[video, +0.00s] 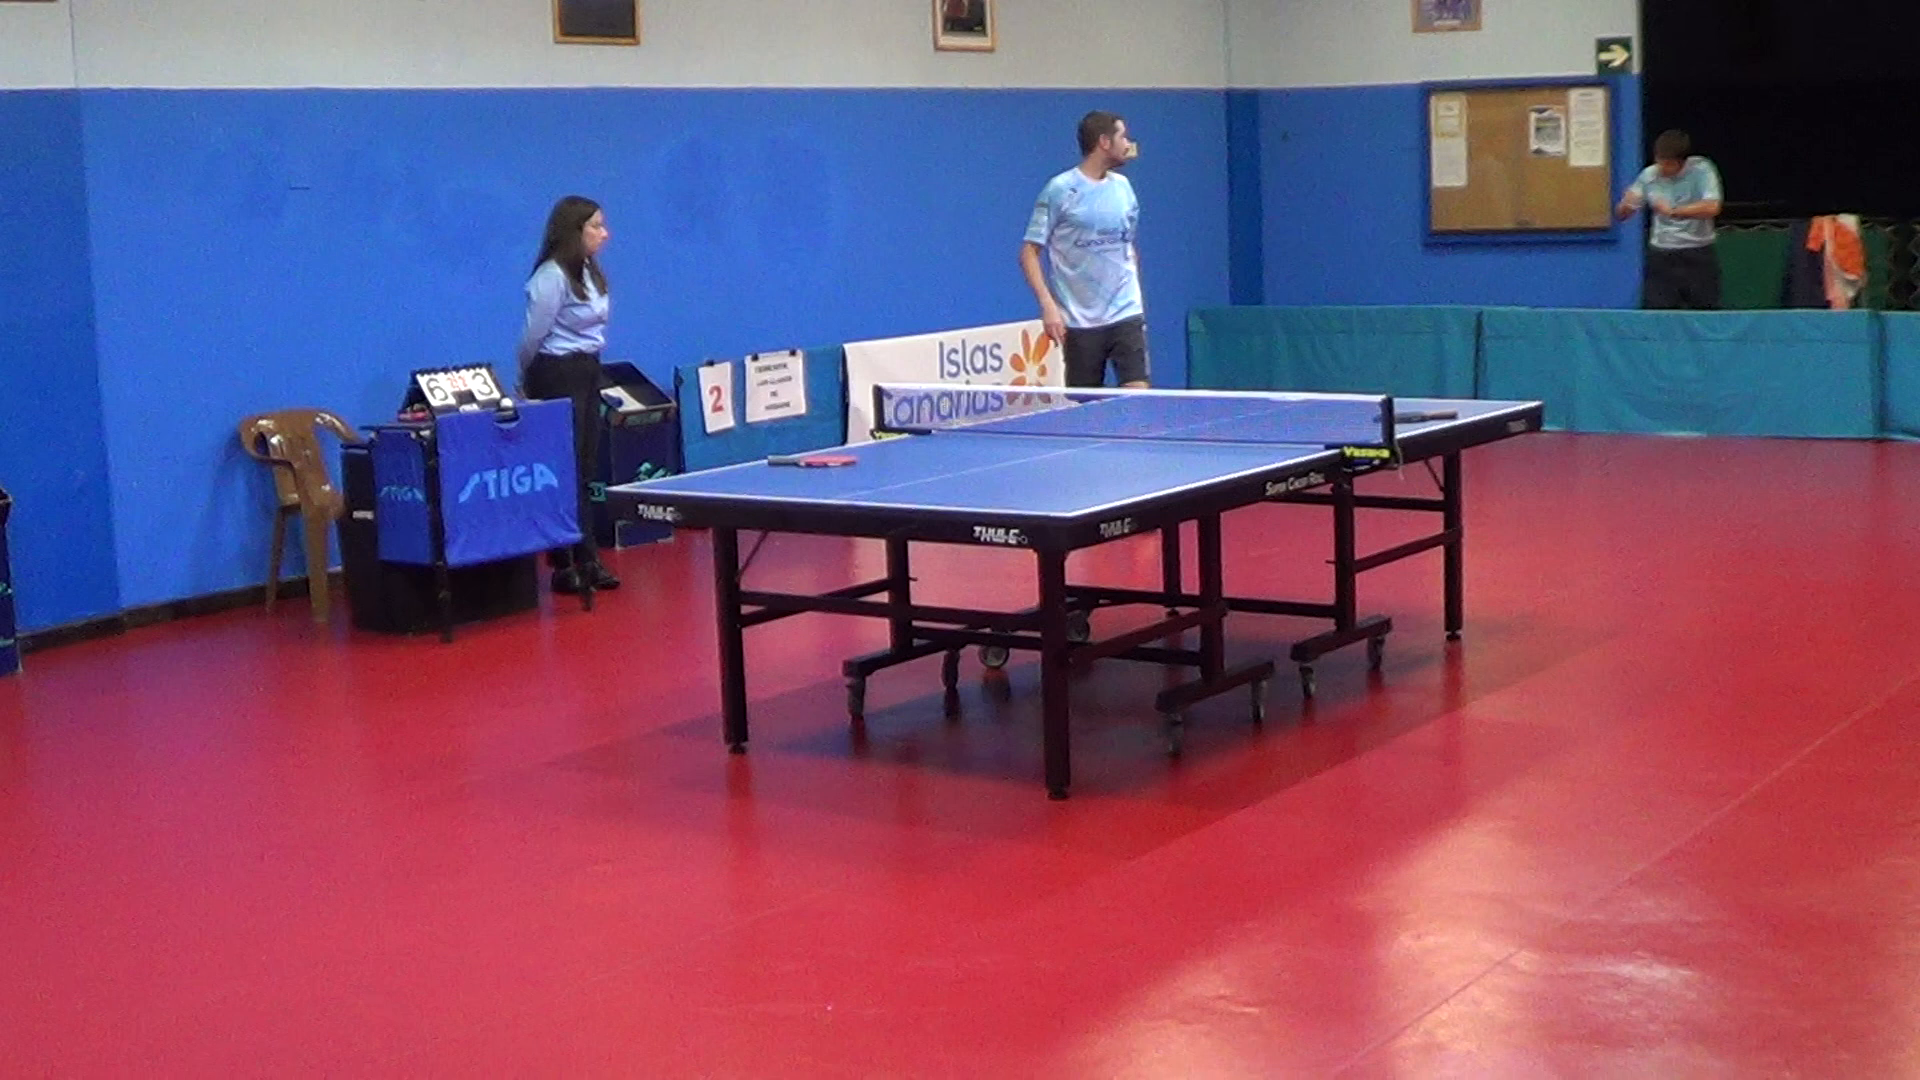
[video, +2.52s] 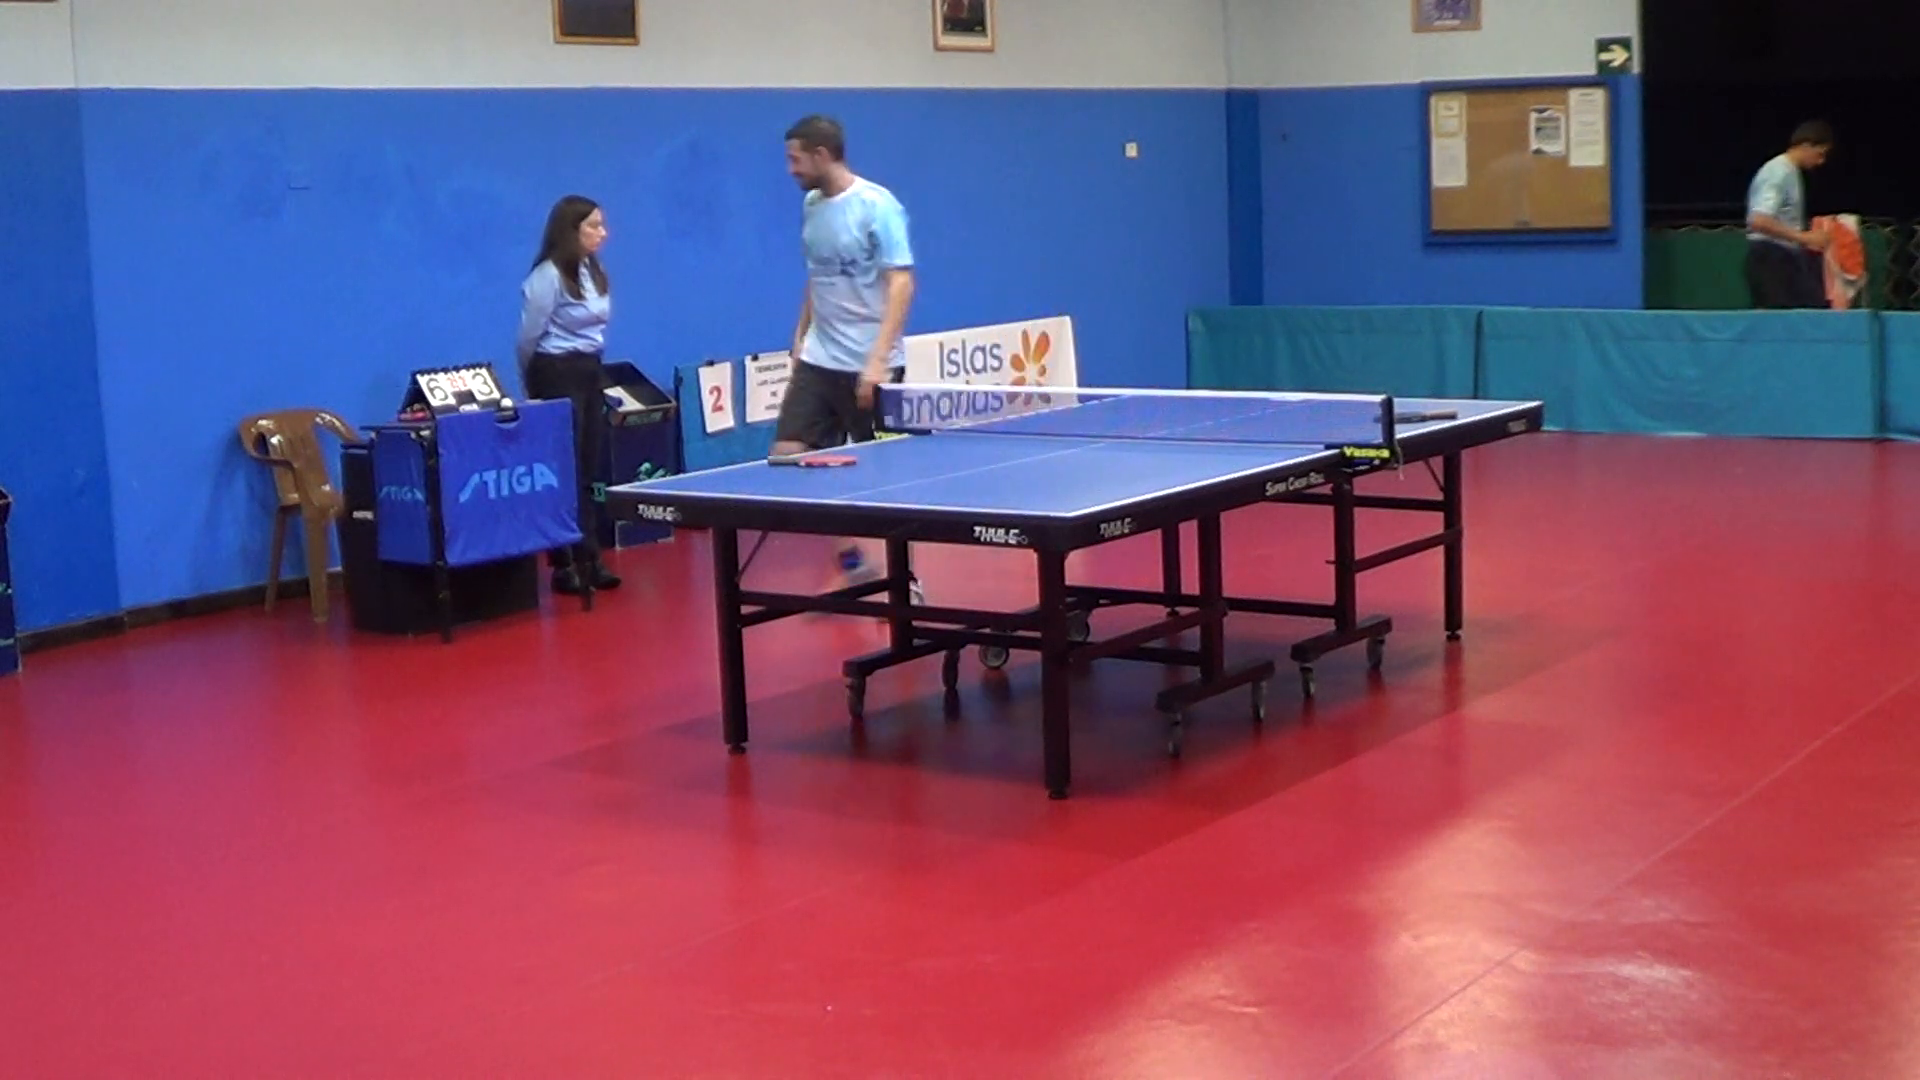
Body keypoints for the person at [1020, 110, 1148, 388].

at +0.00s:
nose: (1128, 143)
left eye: (1127, 136)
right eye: (1123, 137)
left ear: (1105, 143)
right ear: (1104, 142)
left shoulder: (1123, 186)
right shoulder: (1059, 189)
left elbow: (1129, 247)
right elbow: (1029, 253)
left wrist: (1136, 302)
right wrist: (1048, 308)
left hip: (1126, 314)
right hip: (1079, 321)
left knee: (1138, 401)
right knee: (1083, 411)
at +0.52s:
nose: (1128, 143)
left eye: (1127, 136)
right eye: (1123, 137)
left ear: (1105, 143)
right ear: (1104, 142)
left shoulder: (1123, 186)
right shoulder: (1059, 189)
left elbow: (1129, 247)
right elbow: (1029, 253)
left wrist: (1136, 302)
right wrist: (1048, 308)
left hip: (1126, 314)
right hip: (1079, 321)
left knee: (1138, 401)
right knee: (1083, 411)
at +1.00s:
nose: (1100, 159)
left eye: (1098, 151)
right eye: (1094, 150)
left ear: (1076, 154)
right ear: (1072, 153)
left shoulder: (1094, 202)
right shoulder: (1024, 198)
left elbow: (1117, 261)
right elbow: (989, 257)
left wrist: (1145, 320)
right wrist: (989, 317)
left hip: (1081, 328)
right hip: (1036, 329)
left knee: (1064, 412)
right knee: (1046, 414)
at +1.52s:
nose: (1000, 180)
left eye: (1007, 172)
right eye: (993, 172)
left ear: (1025, 166)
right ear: (986, 168)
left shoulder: (1049, 206)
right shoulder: (974, 207)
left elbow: (1073, 275)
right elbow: (953, 268)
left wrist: (1051, 329)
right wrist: (937, 331)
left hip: (1040, 347)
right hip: (988, 346)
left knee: (1044, 440)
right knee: (984, 440)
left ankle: (1052, 535)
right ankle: (972, 539)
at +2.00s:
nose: (900, 178)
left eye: (907, 169)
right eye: (896, 170)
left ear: (934, 163)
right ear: (899, 168)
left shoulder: (977, 203)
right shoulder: (896, 207)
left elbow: (1014, 264)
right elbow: (882, 271)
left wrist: (1029, 337)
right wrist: (862, 334)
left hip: (962, 346)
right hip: (914, 349)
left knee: (952, 446)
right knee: (935, 449)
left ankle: (970, 552)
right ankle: (972, 549)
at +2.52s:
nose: (790, 169)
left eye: (796, 159)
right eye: (788, 159)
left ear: (823, 155)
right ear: (814, 157)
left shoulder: (879, 205)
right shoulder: (812, 205)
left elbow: (902, 284)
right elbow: (819, 279)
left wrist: (878, 362)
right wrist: (801, 336)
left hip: (870, 367)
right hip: (818, 363)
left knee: (878, 471)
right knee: (787, 455)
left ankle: (905, 577)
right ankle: (851, 558)